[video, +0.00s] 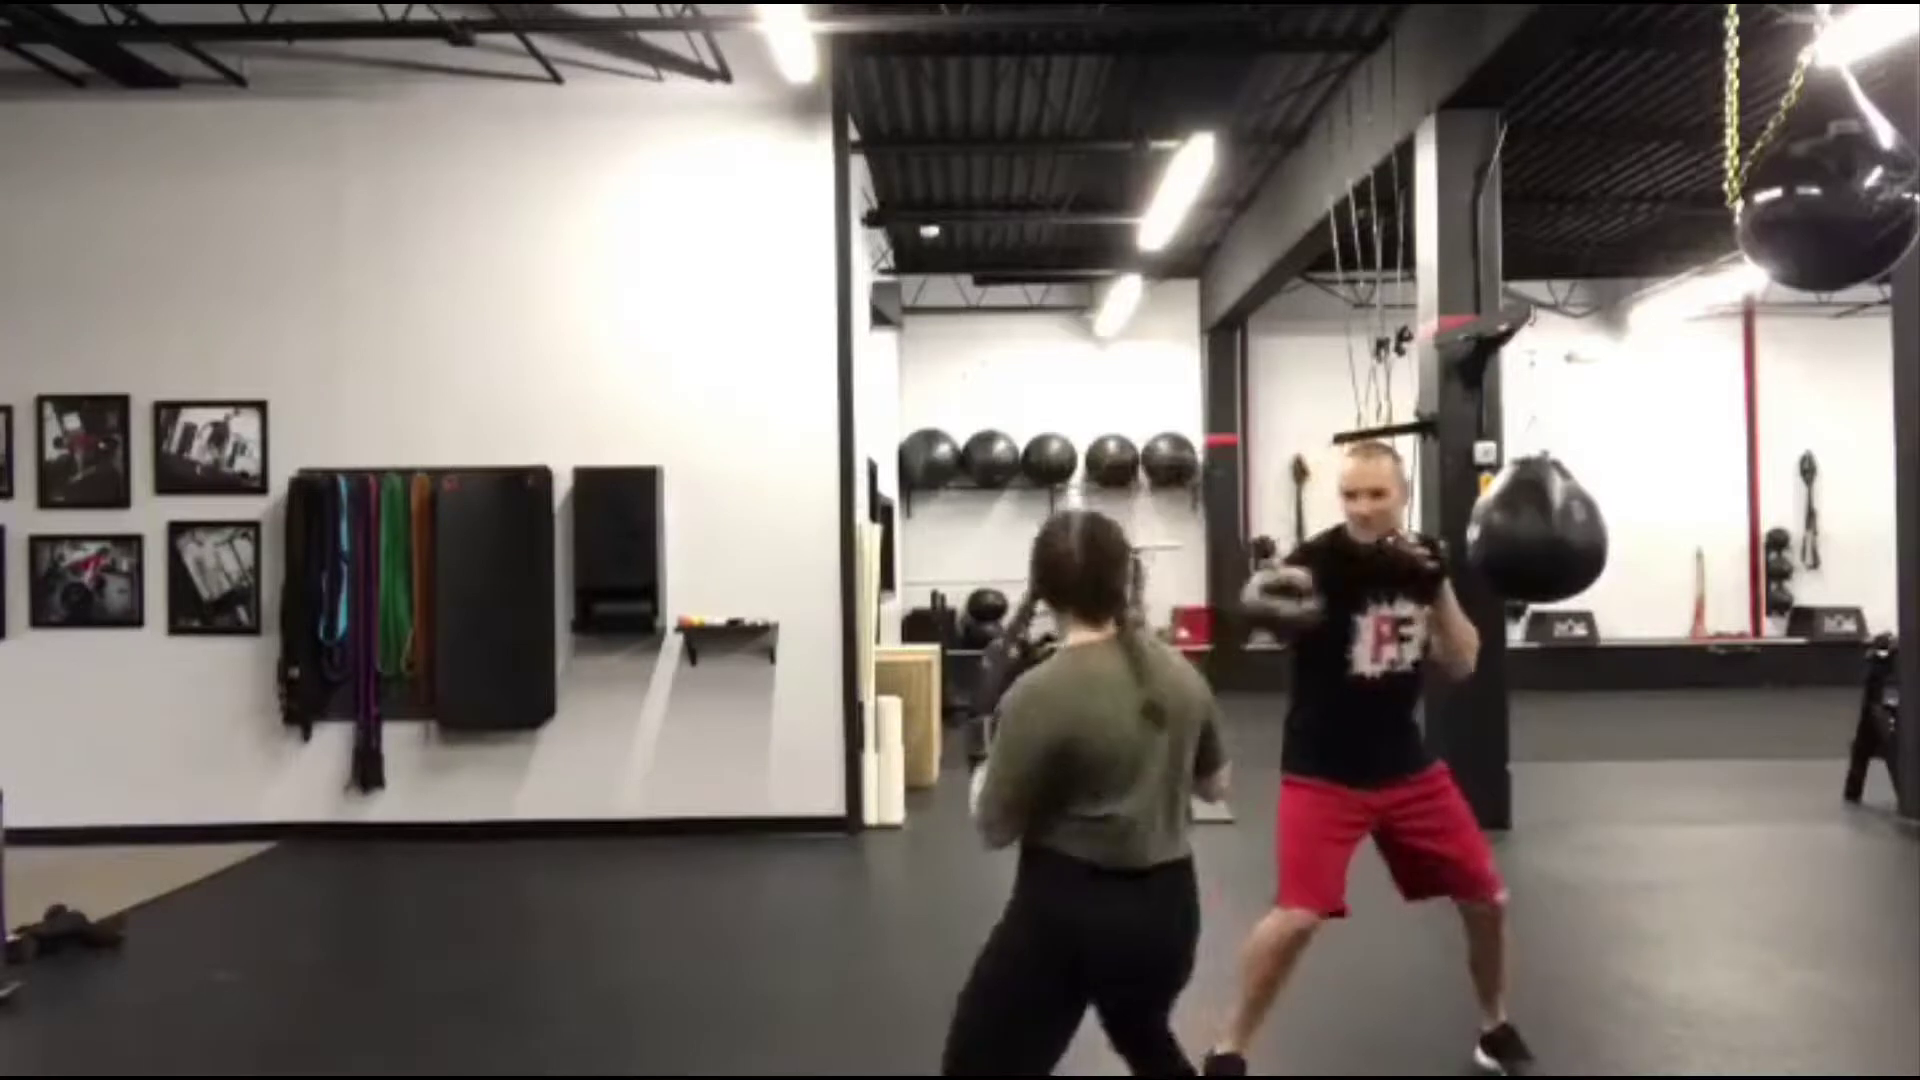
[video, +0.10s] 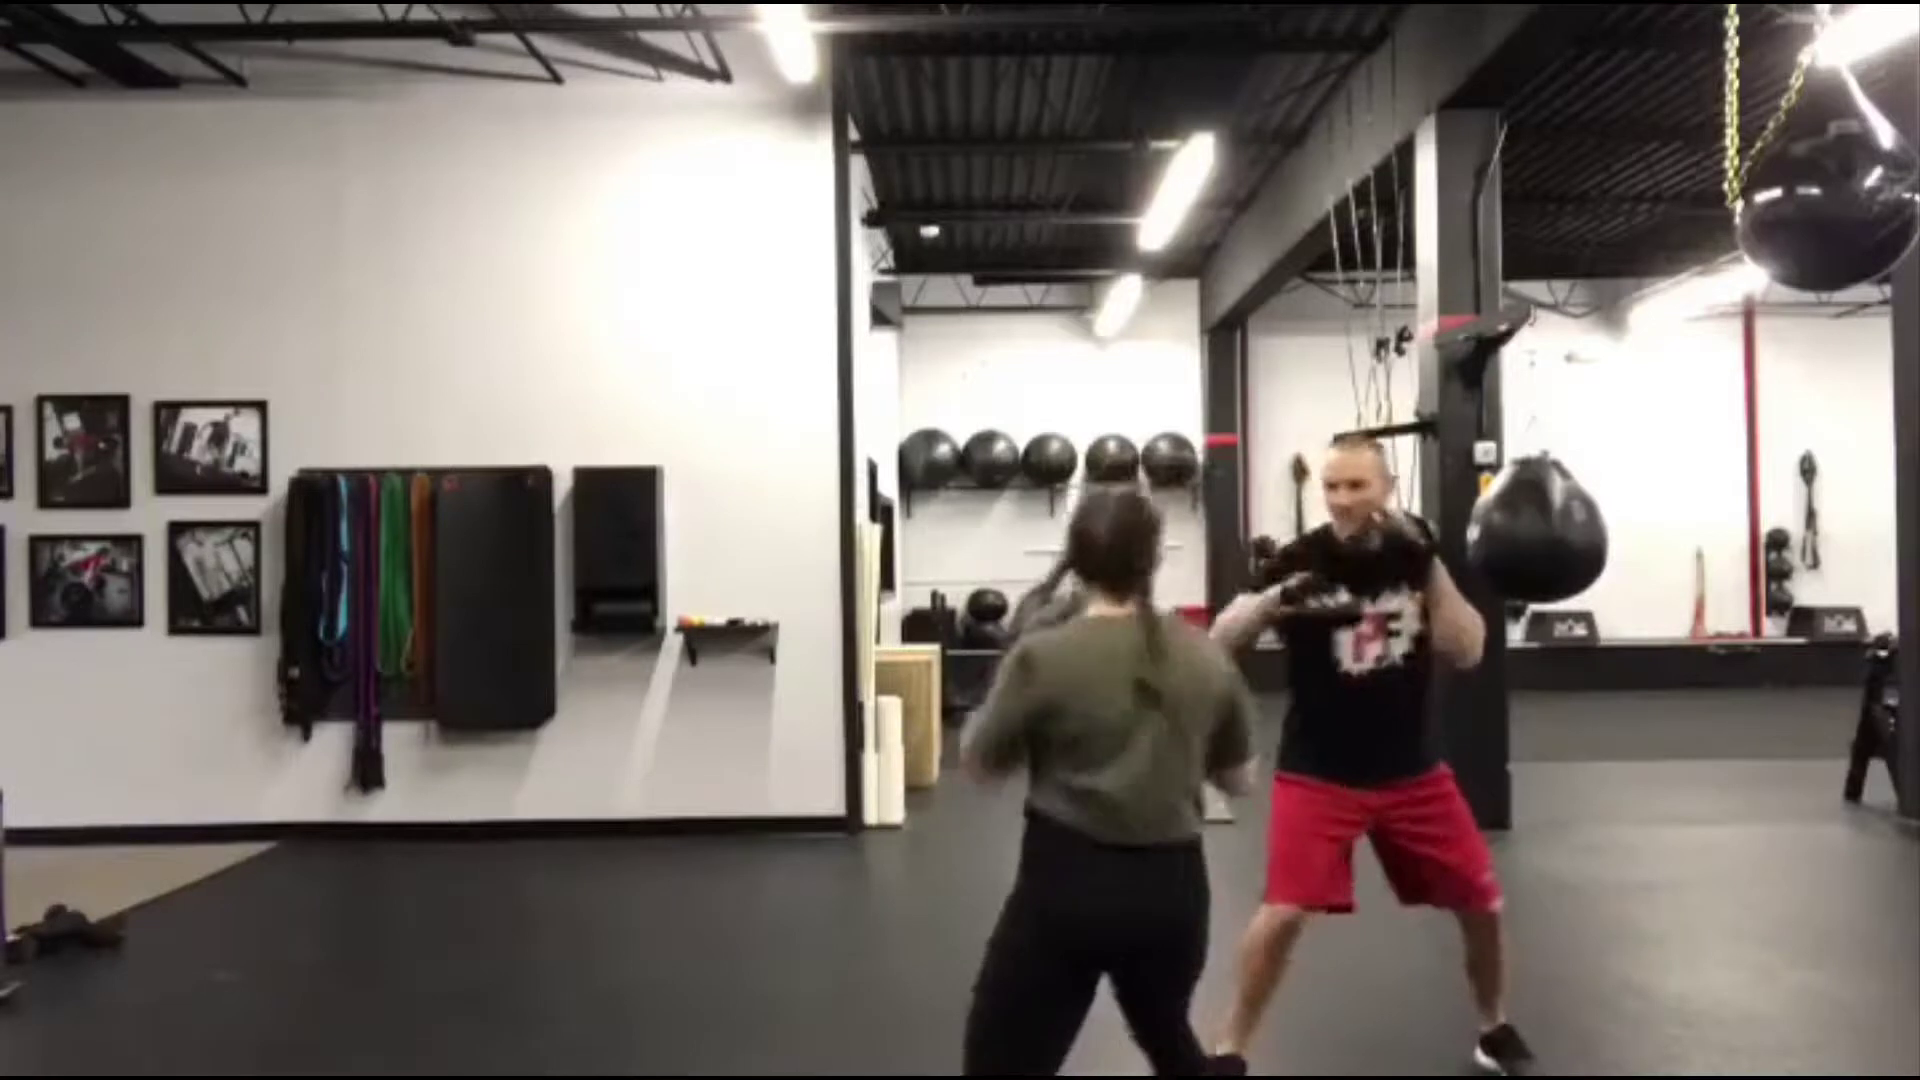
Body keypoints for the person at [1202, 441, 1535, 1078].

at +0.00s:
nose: (1363, 508)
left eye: (1376, 495)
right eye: (1351, 496)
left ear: (1403, 495)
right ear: (1338, 497)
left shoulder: (1424, 563)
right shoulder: (1315, 562)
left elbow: (1461, 662)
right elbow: (1266, 598)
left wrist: (1434, 582)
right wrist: (1273, 600)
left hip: (1409, 769)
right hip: (1321, 775)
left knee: (1487, 899)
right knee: (1300, 914)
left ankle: (1494, 1026)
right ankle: (1230, 1051)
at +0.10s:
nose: (1343, 500)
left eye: (1356, 486)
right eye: (1333, 487)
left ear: (1387, 490)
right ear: (1320, 491)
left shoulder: (1419, 557)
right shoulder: (1300, 561)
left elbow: (1467, 650)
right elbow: (1222, 640)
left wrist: (1425, 559)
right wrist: (1265, 596)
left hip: (1413, 774)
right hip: (1317, 777)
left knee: (1482, 904)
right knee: (1285, 913)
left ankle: (1493, 1029)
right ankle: (1230, 1050)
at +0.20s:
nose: (1318, 489)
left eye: (1332, 478)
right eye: (1309, 478)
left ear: (1360, 484)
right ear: (1298, 484)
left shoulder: (1403, 554)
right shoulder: (1284, 564)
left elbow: (1455, 625)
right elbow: (1217, 640)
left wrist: (1402, 538)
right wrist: (1260, 598)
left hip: (1409, 779)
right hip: (1311, 777)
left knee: (1471, 916)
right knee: (1262, 913)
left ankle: (1494, 1030)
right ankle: (1226, 1051)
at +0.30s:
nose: (1294, 491)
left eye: (1305, 479)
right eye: (1290, 478)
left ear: (1337, 484)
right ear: (1284, 485)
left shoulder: (1389, 553)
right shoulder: (1267, 570)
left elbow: (1403, 624)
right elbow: (1228, 636)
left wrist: (1356, 543)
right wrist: (1236, 556)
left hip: (1399, 771)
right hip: (1302, 770)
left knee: (1463, 916)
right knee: (1258, 907)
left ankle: (1498, 1029)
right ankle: (1226, 1041)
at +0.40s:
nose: (1301, 494)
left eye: (1314, 481)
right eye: (1290, 483)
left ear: (1340, 483)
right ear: (1277, 489)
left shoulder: (1386, 553)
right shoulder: (1261, 565)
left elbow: (1412, 644)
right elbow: (1231, 655)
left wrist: (1347, 576)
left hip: (1400, 773)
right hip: (1300, 772)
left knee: (1465, 915)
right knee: (1253, 908)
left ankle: (1512, 1021)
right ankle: (1237, 1047)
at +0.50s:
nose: (1301, 501)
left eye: (1314, 487)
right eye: (1289, 489)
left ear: (1342, 490)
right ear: (1278, 496)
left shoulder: (1391, 561)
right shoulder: (1266, 568)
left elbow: (1435, 665)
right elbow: (1234, 649)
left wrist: (1360, 660)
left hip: (1405, 778)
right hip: (1311, 778)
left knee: (1469, 914)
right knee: (1264, 914)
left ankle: (1514, 1022)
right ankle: (1235, 1047)